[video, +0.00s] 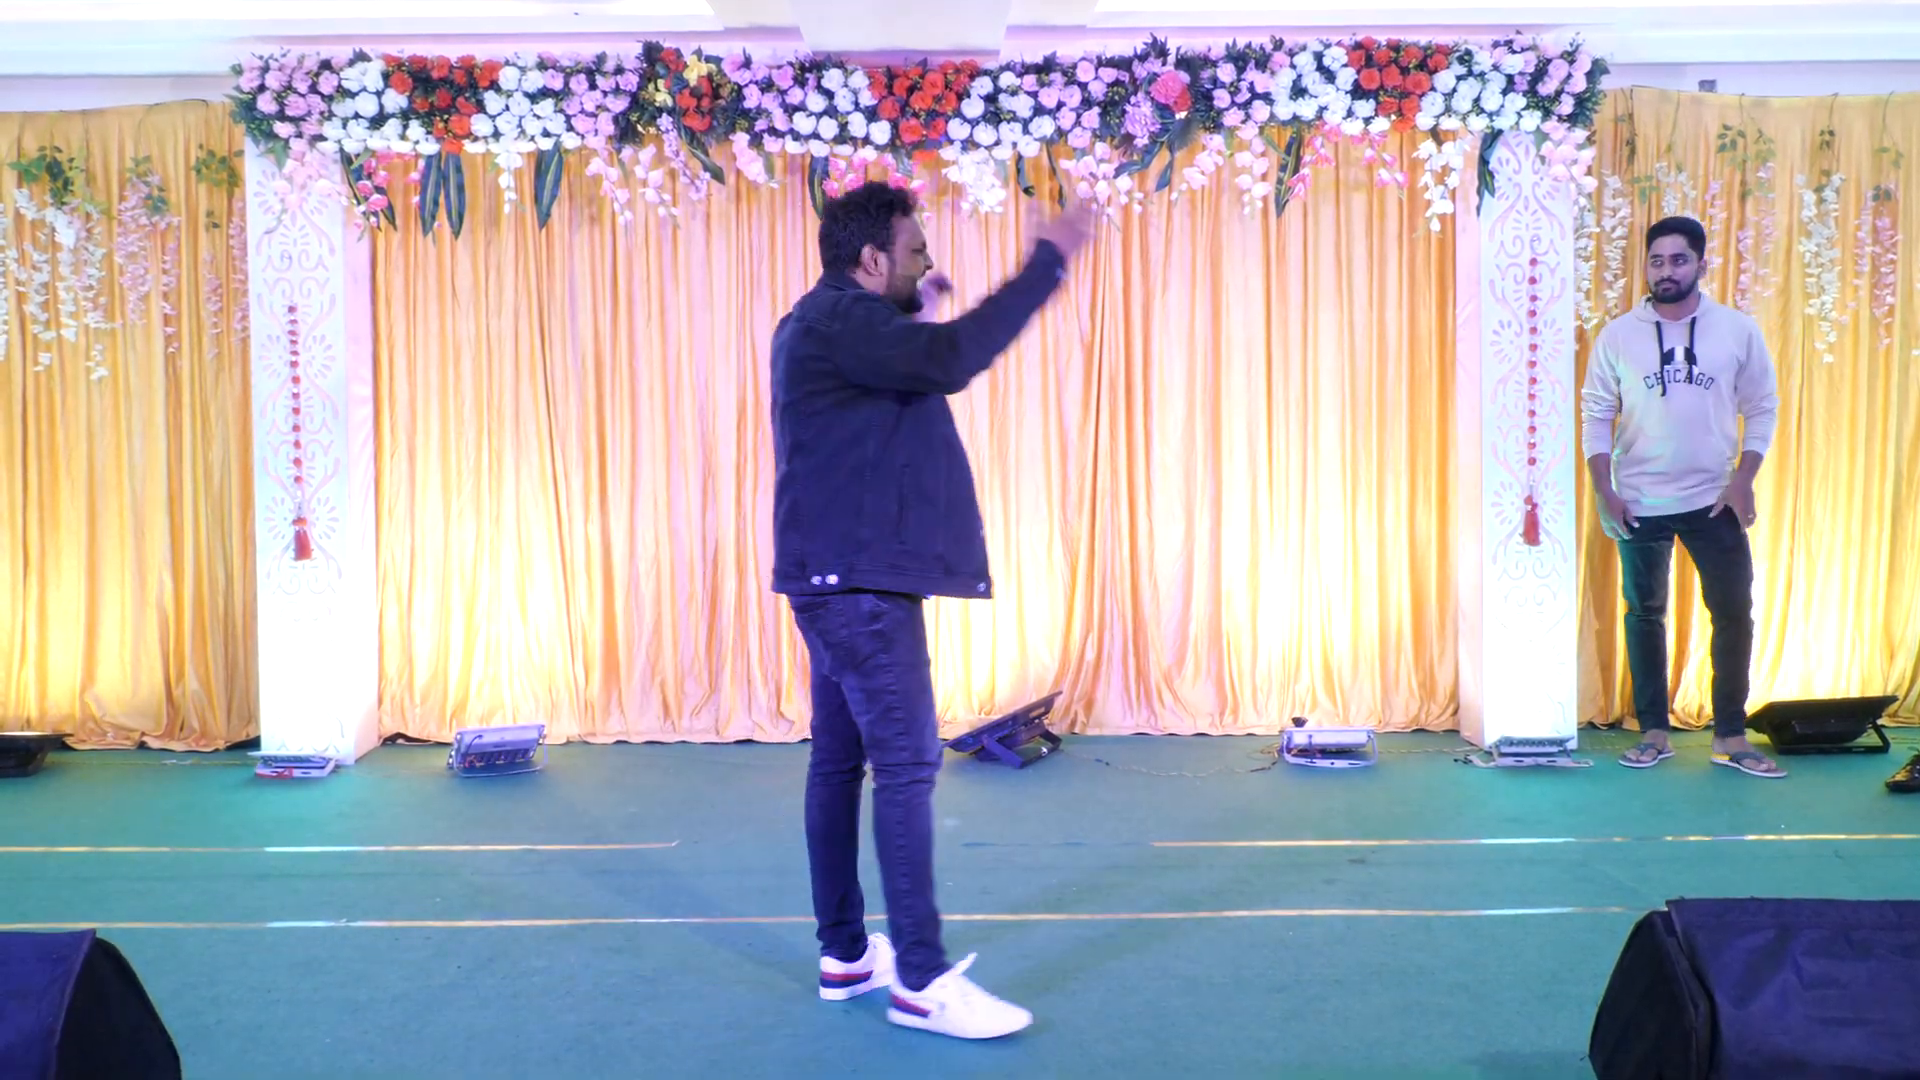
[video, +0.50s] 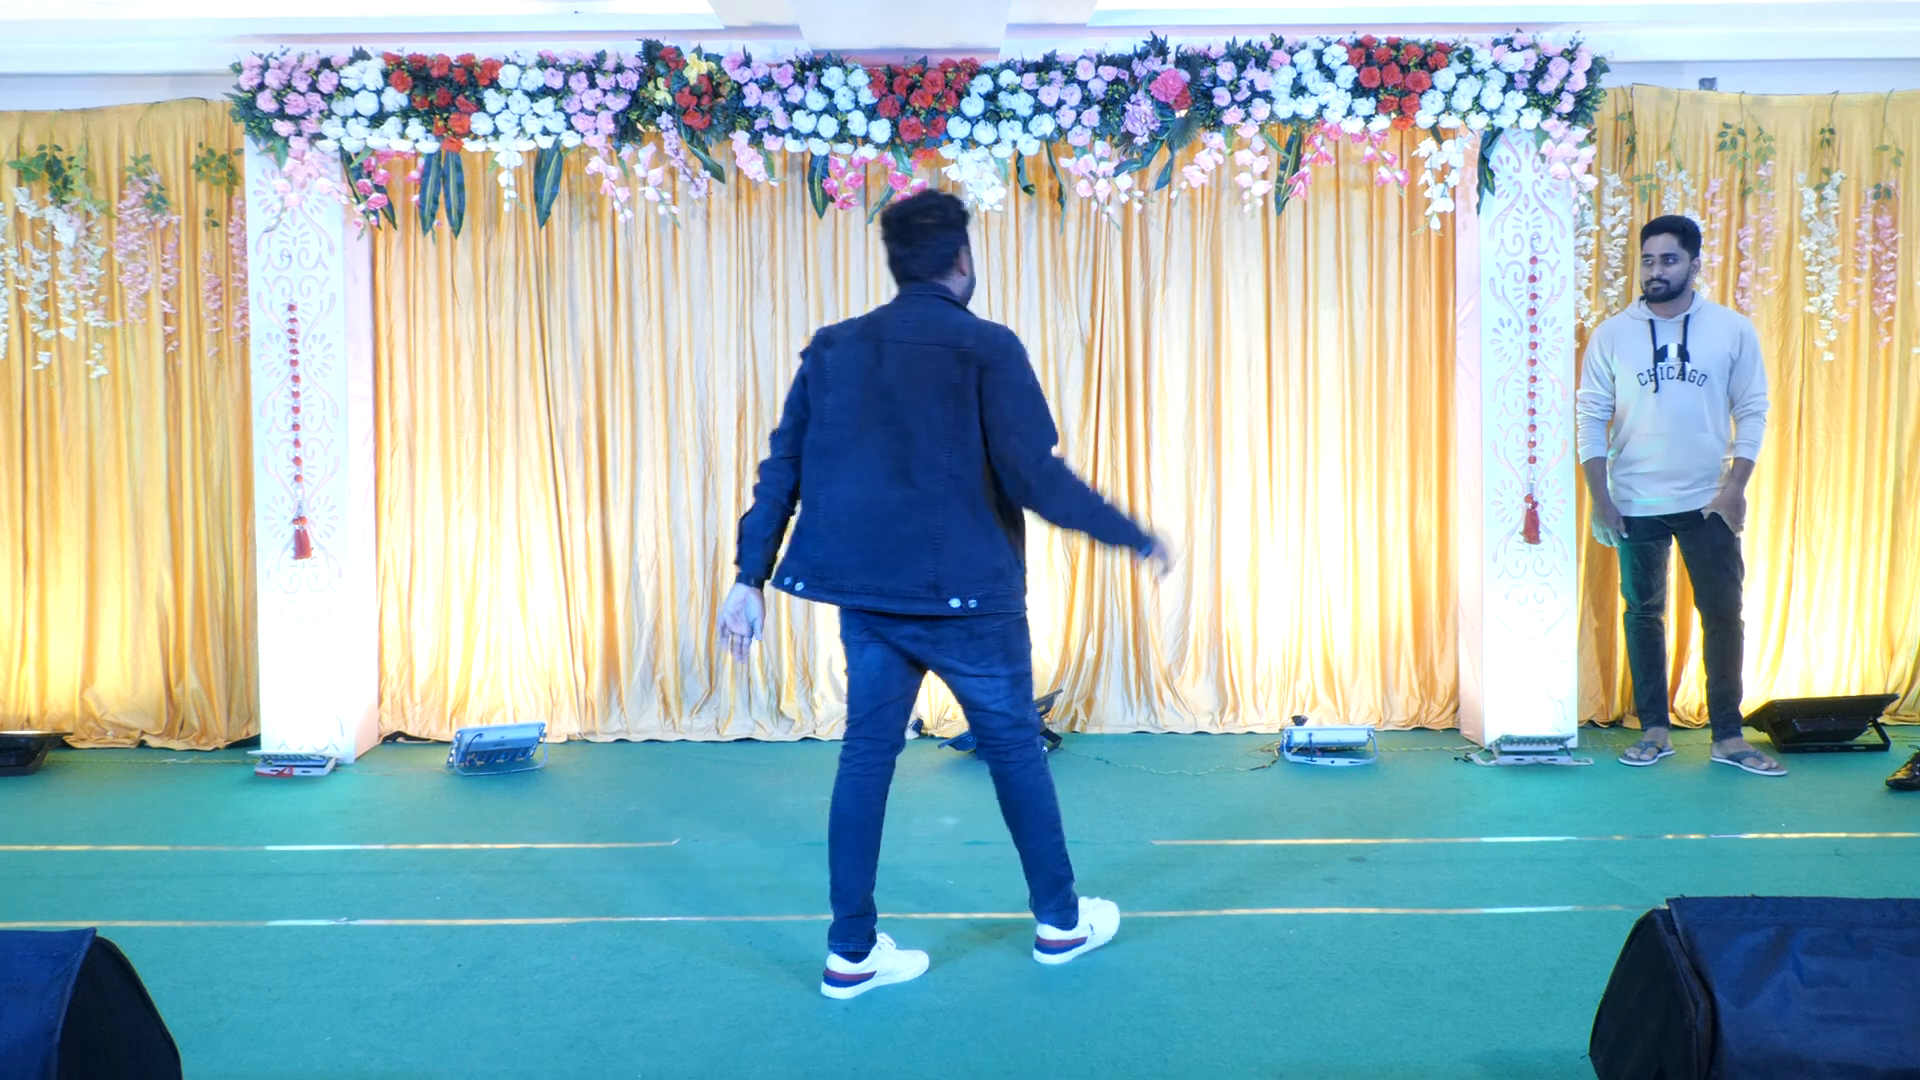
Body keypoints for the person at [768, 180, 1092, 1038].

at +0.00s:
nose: (925, 266)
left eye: (922, 249)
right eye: (914, 250)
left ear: (852, 258)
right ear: (868, 257)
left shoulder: (811, 321)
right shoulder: (843, 318)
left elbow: (853, 407)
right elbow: (944, 359)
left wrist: (914, 316)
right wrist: (1049, 261)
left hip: (827, 580)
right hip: (862, 582)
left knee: (837, 761)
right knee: (906, 762)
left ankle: (843, 954)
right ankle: (922, 977)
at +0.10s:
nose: (924, 261)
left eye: (920, 244)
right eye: (912, 246)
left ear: (850, 259)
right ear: (867, 256)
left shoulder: (796, 335)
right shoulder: (872, 327)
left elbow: (810, 462)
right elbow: (1010, 342)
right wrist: (1140, 290)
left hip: (822, 580)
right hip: (877, 581)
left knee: (840, 759)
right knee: (929, 761)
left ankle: (845, 954)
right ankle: (968, 960)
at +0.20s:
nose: (929, 256)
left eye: (923, 240)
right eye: (917, 242)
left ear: (853, 260)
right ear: (879, 257)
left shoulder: (792, 340)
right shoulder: (909, 323)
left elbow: (767, 447)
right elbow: (1041, 339)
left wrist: (861, 461)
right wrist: (1179, 317)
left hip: (822, 586)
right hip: (894, 580)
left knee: (841, 758)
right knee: (949, 760)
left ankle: (846, 953)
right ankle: (1004, 944)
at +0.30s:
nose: (940, 262)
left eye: (937, 246)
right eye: (932, 248)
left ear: (858, 261)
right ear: (898, 256)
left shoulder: (796, 346)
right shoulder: (931, 324)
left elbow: (757, 465)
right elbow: (1065, 365)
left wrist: (811, 537)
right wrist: (1212, 348)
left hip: (831, 591)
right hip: (917, 585)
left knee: (847, 757)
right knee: (971, 753)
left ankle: (847, 953)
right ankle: (1029, 927)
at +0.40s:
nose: (957, 262)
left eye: (951, 248)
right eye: (950, 249)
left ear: (872, 265)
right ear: (927, 256)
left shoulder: (808, 349)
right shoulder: (958, 337)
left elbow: (761, 472)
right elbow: (1064, 423)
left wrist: (765, 580)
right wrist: (1196, 424)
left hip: (850, 599)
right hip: (946, 598)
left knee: (854, 760)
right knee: (993, 753)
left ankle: (847, 952)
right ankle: (1047, 918)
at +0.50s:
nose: (975, 264)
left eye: (967, 251)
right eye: (972, 252)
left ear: (896, 266)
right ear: (960, 260)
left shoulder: (832, 349)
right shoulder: (987, 347)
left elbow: (781, 470)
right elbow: (1032, 474)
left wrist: (748, 576)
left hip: (867, 597)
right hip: (971, 598)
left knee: (866, 753)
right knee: (1015, 748)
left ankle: (850, 949)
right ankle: (1059, 919)